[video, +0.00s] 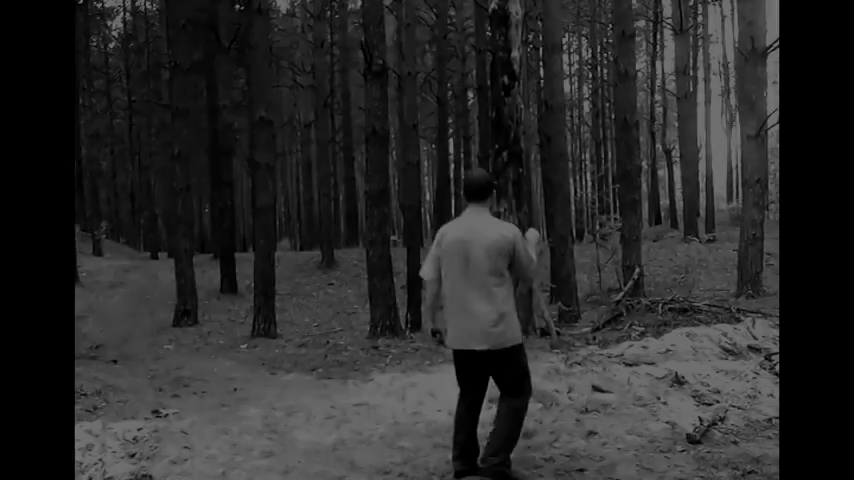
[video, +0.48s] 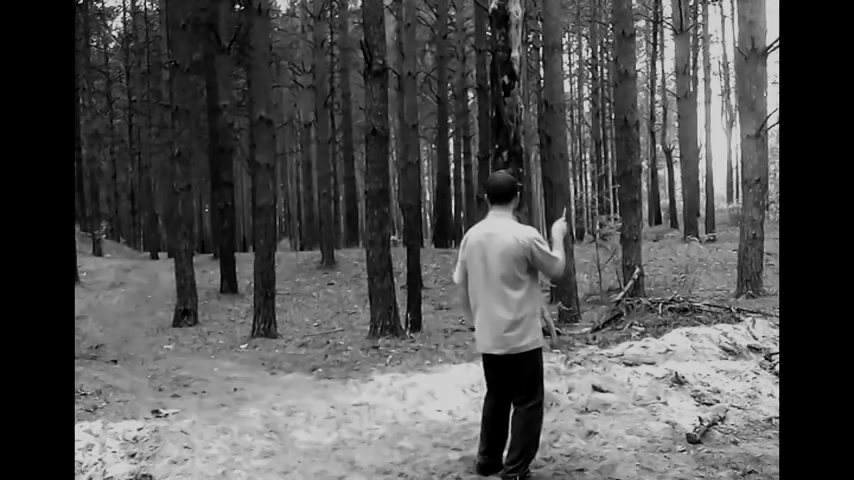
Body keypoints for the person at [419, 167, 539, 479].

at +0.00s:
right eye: (491, 191)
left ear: (464, 195)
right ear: (492, 194)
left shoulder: (445, 234)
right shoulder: (507, 232)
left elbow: (430, 282)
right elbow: (527, 275)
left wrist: (430, 322)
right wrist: (531, 243)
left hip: (461, 335)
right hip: (501, 335)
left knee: (470, 396)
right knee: (517, 393)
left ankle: (463, 463)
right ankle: (495, 461)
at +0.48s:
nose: (522, 197)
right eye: (520, 193)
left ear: (487, 198)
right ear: (517, 197)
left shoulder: (471, 236)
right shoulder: (524, 236)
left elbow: (461, 288)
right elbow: (557, 271)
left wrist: (474, 320)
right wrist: (558, 235)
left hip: (488, 334)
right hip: (522, 336)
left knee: (496, 397)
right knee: (529, 402)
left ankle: (487, 462)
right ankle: (517, 468)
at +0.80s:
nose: (519, 199)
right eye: (518, 195)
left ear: (488, 201)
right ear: (517, 200)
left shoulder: (476, 237)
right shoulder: (516, 239)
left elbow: (471, 283)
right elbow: (561, 259)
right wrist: (572, 223)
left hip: (489, 334)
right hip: (517, 336)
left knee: (501, 386)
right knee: (531, 400)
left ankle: (489, 448)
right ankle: (516, 469)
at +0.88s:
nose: (519, 203)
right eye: (518, 199)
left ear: (488, 205)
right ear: (516, 204)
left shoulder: (478, 239)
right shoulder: (513, 242)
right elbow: (559, 256)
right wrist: (564, 214)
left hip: (486, 334)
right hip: (513, 337)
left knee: (493, 383)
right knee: (531, 398)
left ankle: (481, 440)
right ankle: (515, 470)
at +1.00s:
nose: (520, 209)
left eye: (517, 205)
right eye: (519, 206)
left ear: (488, 212)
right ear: (516, 211)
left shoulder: (479, 244)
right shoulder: (510, 248)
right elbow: (556, 258)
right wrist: (555, 216)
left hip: (482, 339)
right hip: (509, 342)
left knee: (485, 381)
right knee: (531, 400)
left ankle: (467, 434)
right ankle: (515, 469)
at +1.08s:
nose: (516, 217)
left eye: (514, 213)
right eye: (515, 213)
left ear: (484, 219)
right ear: (511, 218)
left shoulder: (476, 250)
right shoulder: (507, 255)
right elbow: (553, 265)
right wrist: (545, 226)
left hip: (476, 342)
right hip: (504, 346)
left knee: (480, 380)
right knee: (526, 402)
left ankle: (460, 432)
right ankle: (513, 465)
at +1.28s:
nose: (489, 232)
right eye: (488, 228)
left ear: (459, 235)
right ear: (485, 231)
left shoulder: (447, 269)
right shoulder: (501, 260)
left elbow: (429, 308)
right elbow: (536, 275)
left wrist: (453, 321)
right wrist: (535, 245)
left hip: (467, 345)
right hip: (500, 342)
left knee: (473, 378)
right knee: (511, 392)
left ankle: (469, 432)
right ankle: (516, 450)